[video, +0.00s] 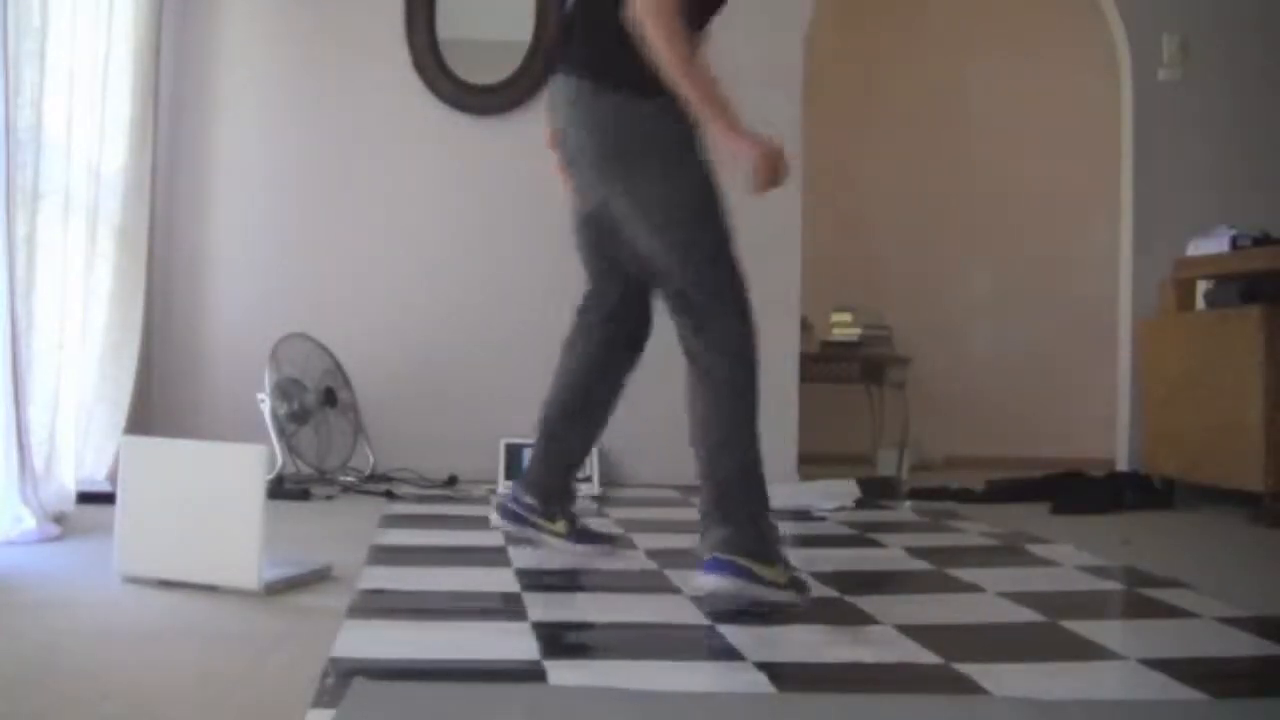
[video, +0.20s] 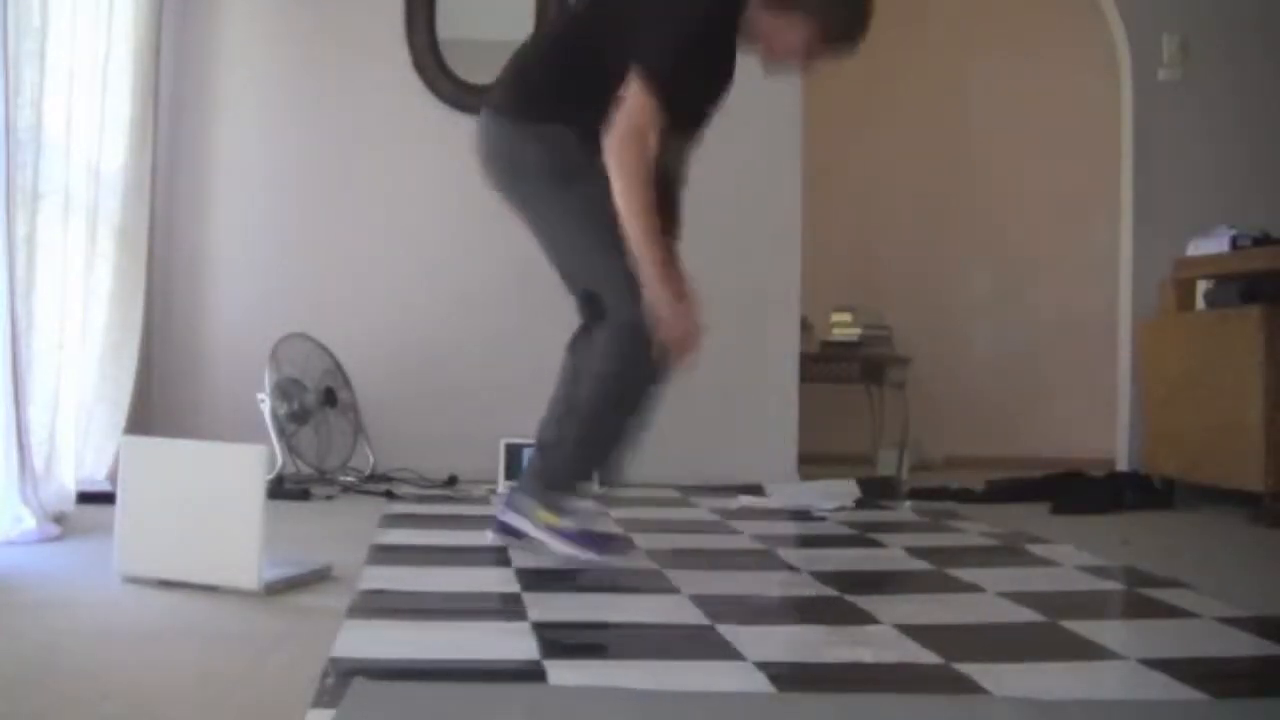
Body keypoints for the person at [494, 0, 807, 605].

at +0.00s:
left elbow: (573, 18)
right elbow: (649, 10)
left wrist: (565, 116)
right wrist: (730, 130)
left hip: (588, 94)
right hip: (631, 105)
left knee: (616, 310)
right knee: (718, 319)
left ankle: (539, 495)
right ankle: (739, 544)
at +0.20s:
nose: (803, 62)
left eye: (817, 56)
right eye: (814, 47)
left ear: (785, 9)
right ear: (794, 12)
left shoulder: (713, 33)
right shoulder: (699, 22)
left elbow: (663, 157)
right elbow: (624, 140)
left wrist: (667, 279)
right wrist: (659, 283)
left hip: (566, 137)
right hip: (533, 133)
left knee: (630, 317)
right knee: (629, 316)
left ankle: (556, 487)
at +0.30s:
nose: (785, 151)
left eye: (796, 144)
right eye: (793, 136)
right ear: (774, 104)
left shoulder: (707, 128)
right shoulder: (684, 109)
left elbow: (684, 266)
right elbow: (647, 264)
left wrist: (709, 386)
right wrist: (652, 404)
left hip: (543, 164)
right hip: (494, 154)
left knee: (616, 332)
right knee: (589, 323)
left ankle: (537, 501)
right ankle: (476, 483)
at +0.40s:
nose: (772, 209)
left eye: (783, 200)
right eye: (778, 193)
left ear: (757, 161)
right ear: (757, 164)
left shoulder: (703, 181)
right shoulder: (667, 157)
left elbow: (695, 316)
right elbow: (644, 332)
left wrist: (725, 447)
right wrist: (658, 465)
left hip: (550, 186)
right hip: (481, 166)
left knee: (611, 344)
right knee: (564, 342)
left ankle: (534, 501)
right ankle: (465, 500)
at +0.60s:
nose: (744, 297)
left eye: (754, 290)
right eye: (749, 283)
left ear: (728, 245)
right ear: (730, 254)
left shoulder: (687, 257)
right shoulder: (643, 232)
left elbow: (672, 380)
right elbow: (607, 389)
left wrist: (693, 510)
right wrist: (640, 524)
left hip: (525, 221)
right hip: (466, 214)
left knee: (637, 355)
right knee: (577, 356)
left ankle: (536, 503)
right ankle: (463, 503)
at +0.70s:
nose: (754, 300)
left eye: (765, 291)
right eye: (760, 285)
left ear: (736, 249)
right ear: (739, 256)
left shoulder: (690, 264)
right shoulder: (646, 236)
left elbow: (667, 383)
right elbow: (600, 391)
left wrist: (690, 509)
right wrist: (640, 528)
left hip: (530, 274)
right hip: (471, 271)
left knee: (658, 373)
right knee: (611, 386)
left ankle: (542, 504)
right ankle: (471, 496)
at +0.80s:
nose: (758, 287)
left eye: (767, 276)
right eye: (762, 271)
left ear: (733, 243)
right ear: (736, 247)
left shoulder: (687, 265)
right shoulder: (640, 239)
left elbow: (670, 384)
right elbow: (595, 395)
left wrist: (690, 509)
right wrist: (641, 530)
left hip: (538, 310)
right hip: (479, 310)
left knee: (679, 374)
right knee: (644, 395)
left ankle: (551, 501)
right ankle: (477, 494)